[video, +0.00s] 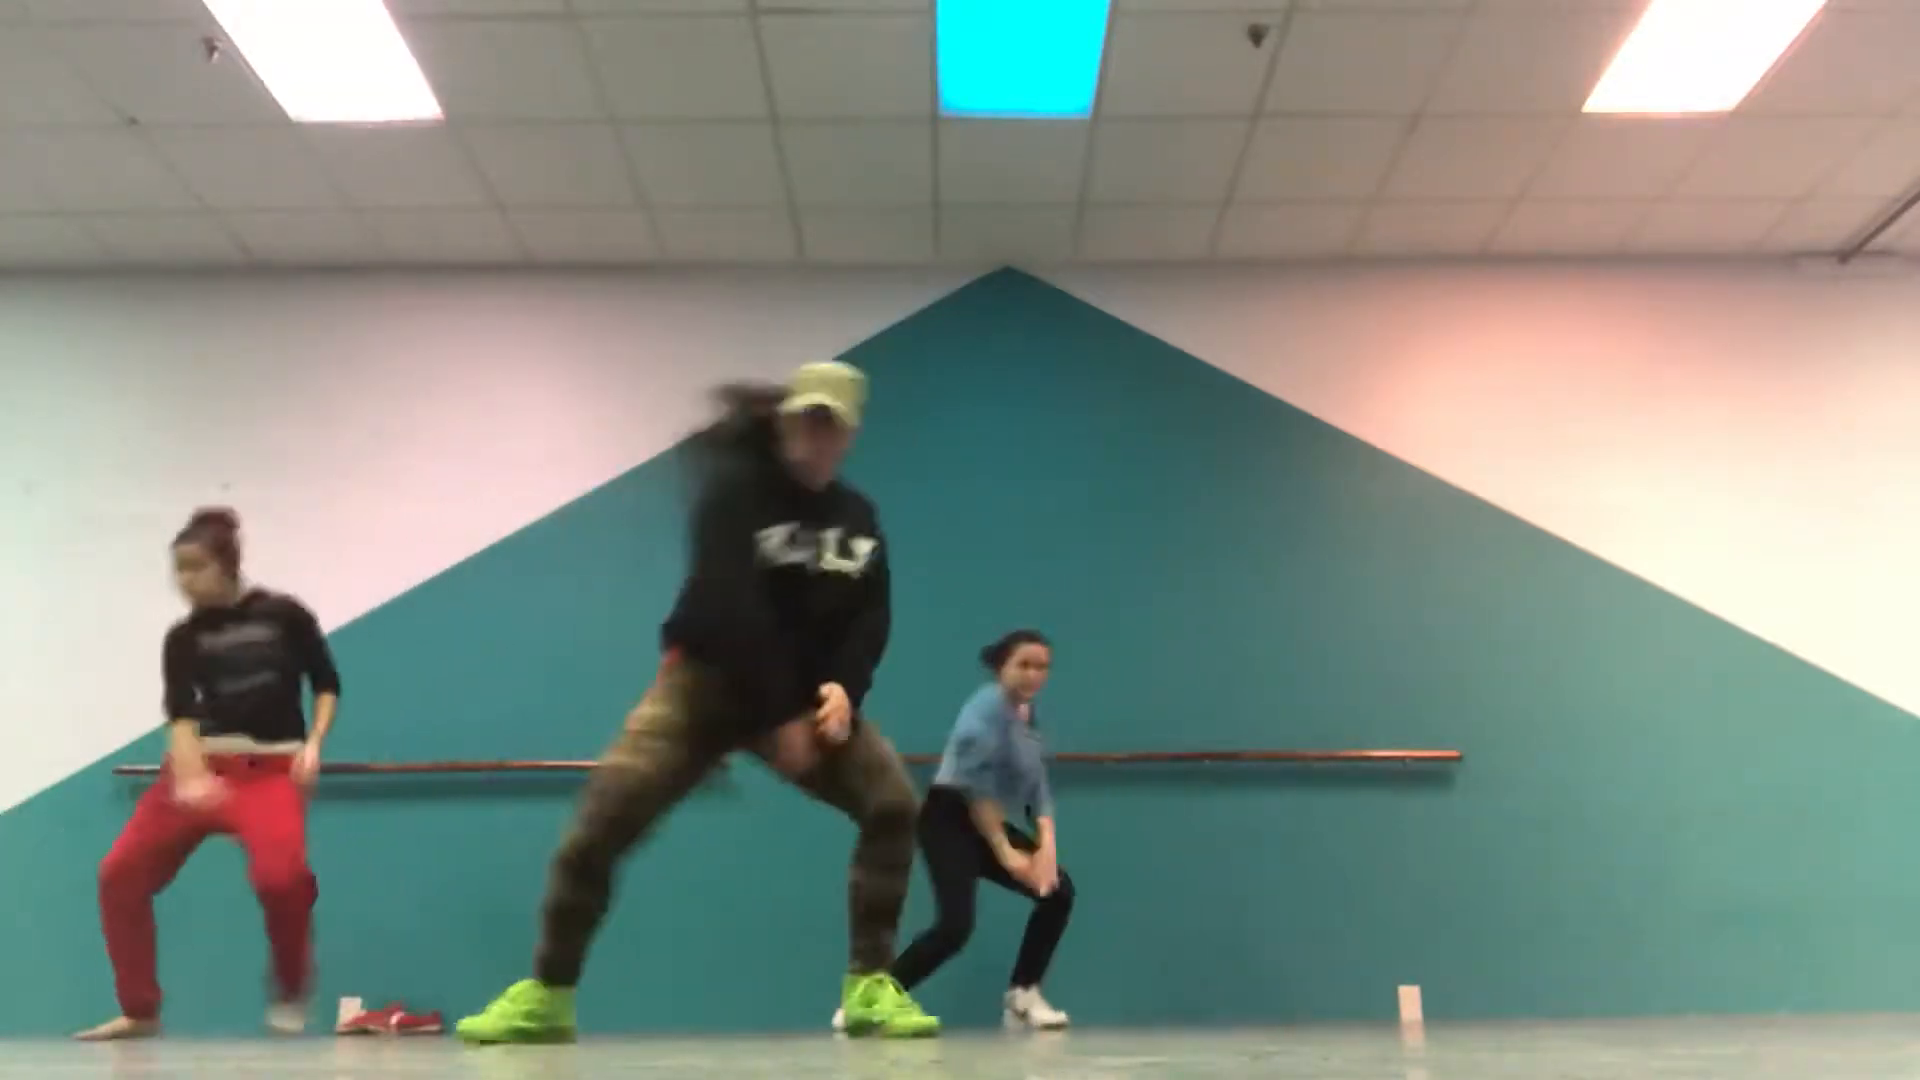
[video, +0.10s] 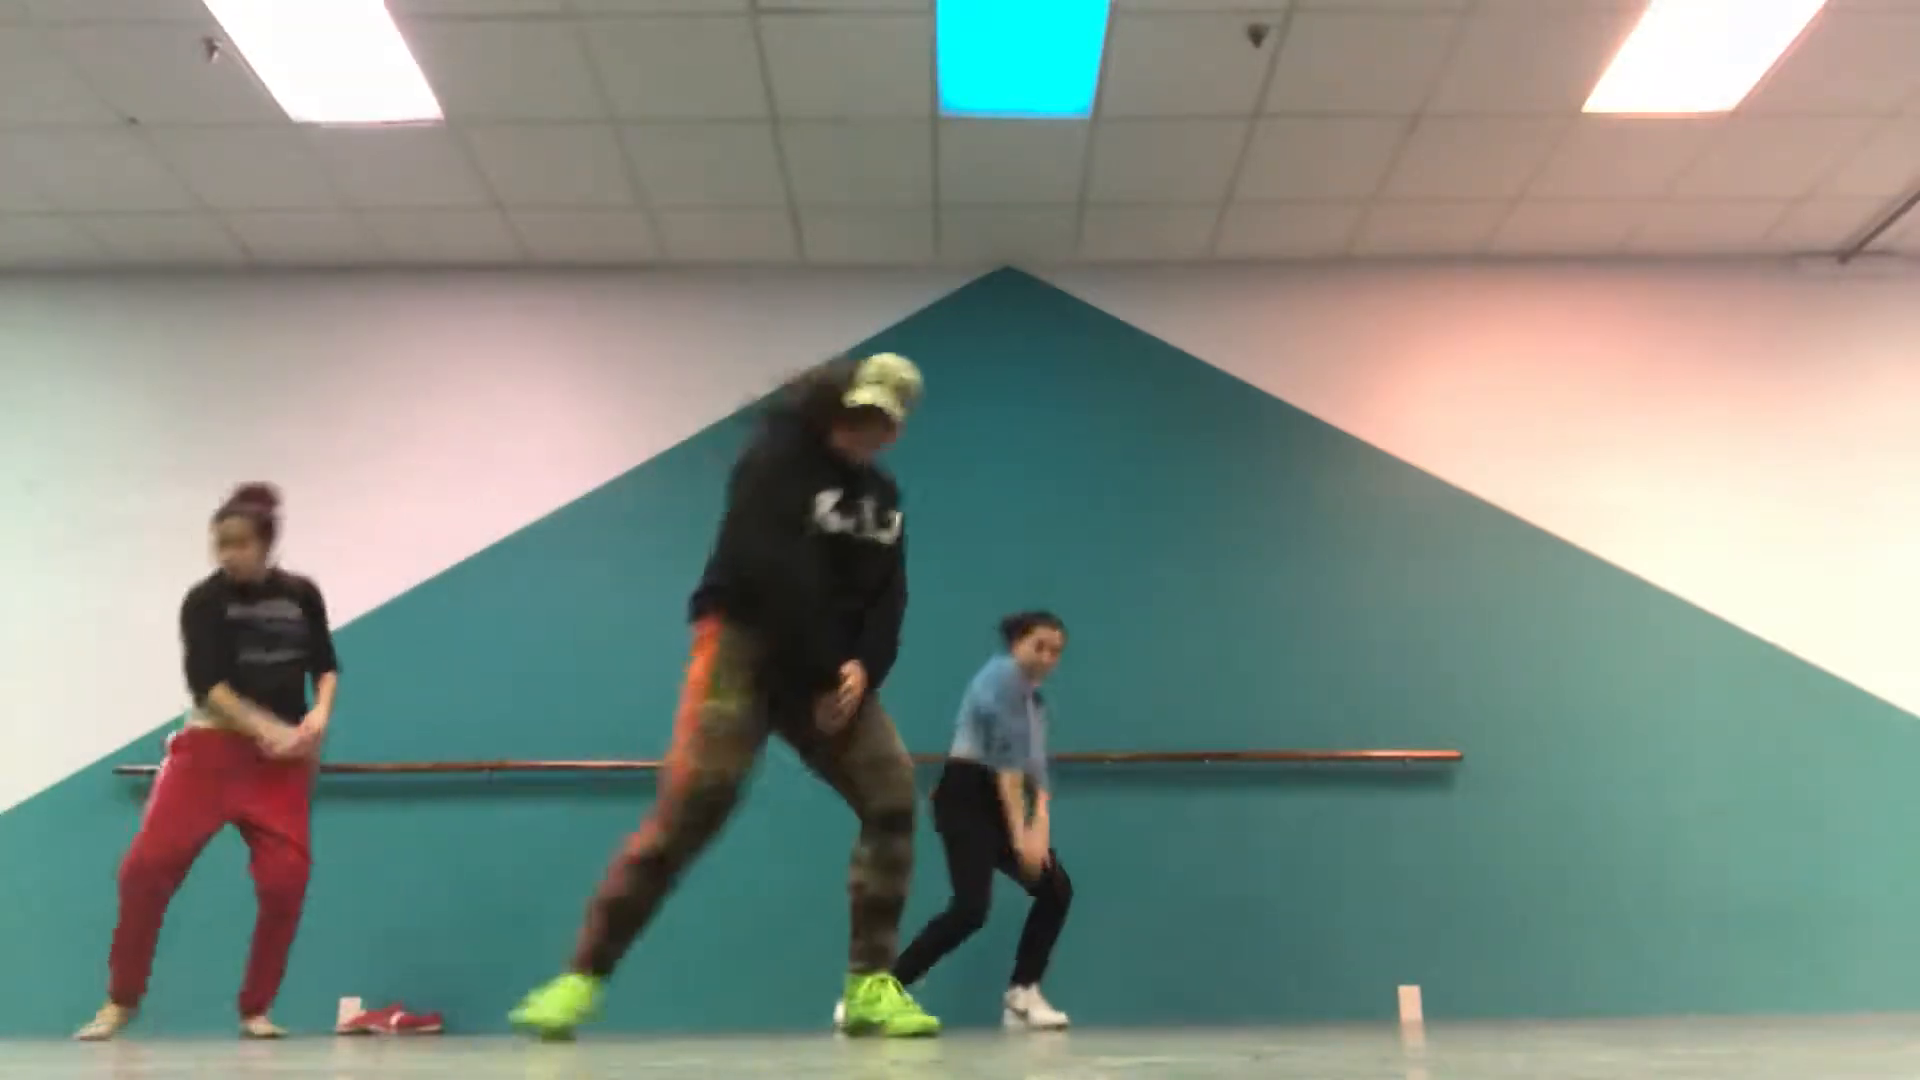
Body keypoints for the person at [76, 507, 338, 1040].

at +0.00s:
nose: (184, 579)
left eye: (194, 566)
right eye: (179, 567)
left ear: (227, 563)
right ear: (178, 570)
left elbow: (327, 684)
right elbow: (181, 716)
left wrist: (313, 745)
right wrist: (189, 775)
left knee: (282, 879)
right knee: (121, 874)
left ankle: (290, 995)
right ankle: (139, 1012)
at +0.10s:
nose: (227, 554)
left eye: (238, 542)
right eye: (221, 543)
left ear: (267, 543)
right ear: (214, 544)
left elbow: (326, 669)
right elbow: (208, 687)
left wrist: (317, 718)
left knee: (286, 882)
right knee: (145, 867)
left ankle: (256, 1011)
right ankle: (122, 1000)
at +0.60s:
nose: (326, 535)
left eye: (325, 526)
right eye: (316, 526)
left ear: (296, 532)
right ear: (287, 531)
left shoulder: (293, 591)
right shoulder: (272, 584)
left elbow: (284, 684)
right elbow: (267, 680)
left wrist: (310, 757)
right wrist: (307, 750)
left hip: (279, 741)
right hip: (245, 735)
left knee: (282, 874)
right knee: (238, 867)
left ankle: (204, 1005)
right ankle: (142, 992)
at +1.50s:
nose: (474, 579)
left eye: (473, 569)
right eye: (468, 569)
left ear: (442, 572)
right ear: (442, 570)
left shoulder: (446, 631)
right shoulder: (395, 618)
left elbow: (429, 705)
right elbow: (353, 694)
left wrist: (455, 752)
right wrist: (339, 762)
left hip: (418, 764)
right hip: (389, 760)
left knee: (452, 878)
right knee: (419, 884)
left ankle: (352, 954)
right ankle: (372, 1009)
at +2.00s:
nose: (535, 592)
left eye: (534, 581)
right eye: (532, 581)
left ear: (494, 579)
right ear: (514, 579)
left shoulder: (467, 624)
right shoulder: (488, 629)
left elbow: (478, 719)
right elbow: (490, 723)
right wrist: (499, 793)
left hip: (438, 765)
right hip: (458, 767)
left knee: (472, 895)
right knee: (494, 895)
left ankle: (373, 920)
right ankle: (424, 1012)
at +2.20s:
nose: (551, 539)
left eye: (548, 531)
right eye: (551, 531)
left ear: (504, 533)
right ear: (545, 533)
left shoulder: (472, 581)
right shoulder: (556, 587)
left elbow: (417, 651)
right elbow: (575, 665)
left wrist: (379, 722)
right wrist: (588, 728)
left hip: (453, 719)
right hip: (504, 719)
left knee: (547, 822)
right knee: (494, 851)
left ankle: (453, 884)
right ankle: (436, 981)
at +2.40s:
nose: (570, 555)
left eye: (558, 548)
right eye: (571, 548)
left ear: (524, 551)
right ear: (570, 552)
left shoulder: (498, 599)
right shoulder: (589, 612)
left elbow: (427, 651)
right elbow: (586, 690)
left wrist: (370, 710)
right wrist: (577, 742)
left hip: (479, 737)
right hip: (541, 738)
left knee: (532, 860)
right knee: (507, 869)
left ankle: (570, 982)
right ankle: (450, 999)